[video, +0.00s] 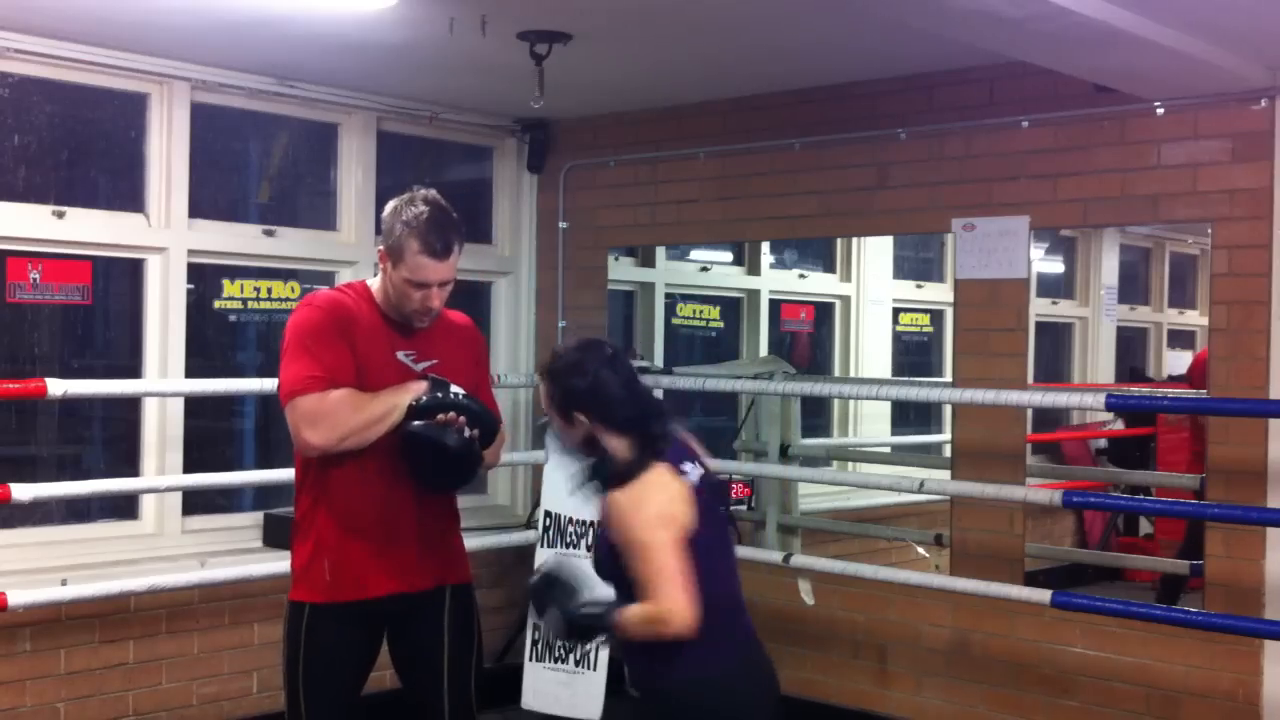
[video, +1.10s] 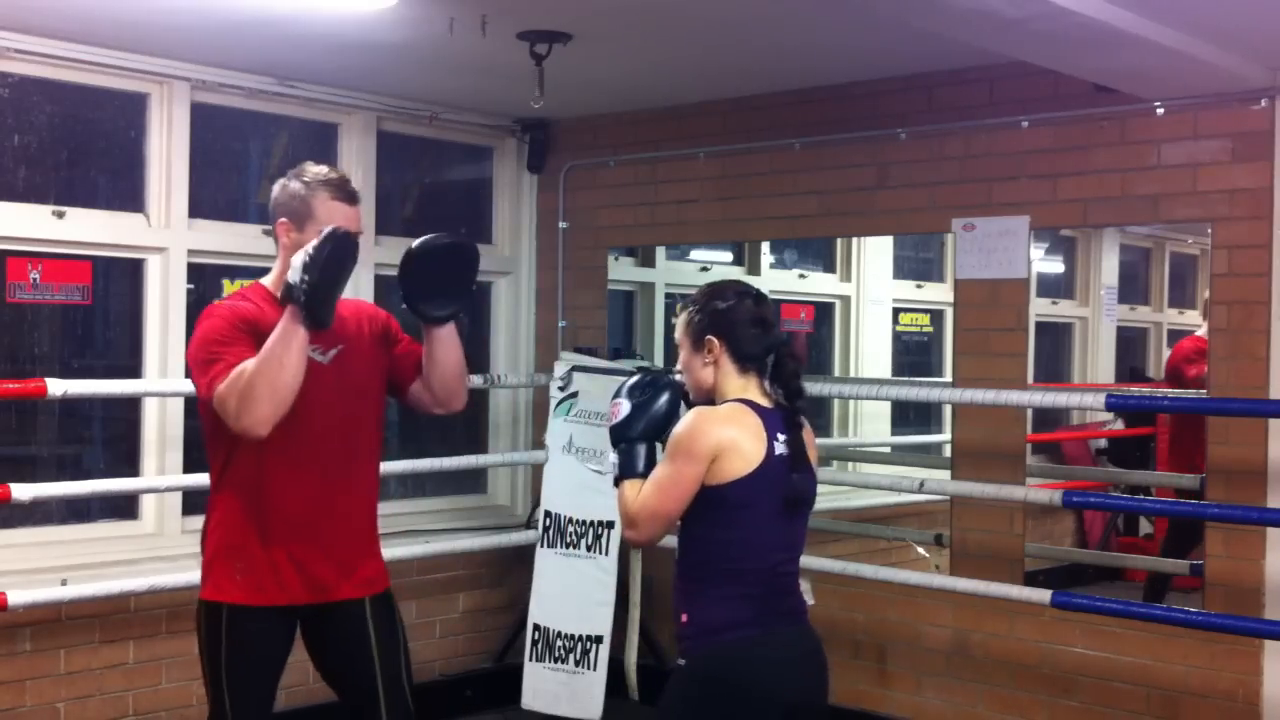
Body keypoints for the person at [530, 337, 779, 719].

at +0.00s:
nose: (552, 424)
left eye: (552, 414)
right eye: (549, 413)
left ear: (582, 419)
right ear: (622, 390)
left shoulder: (638, 495)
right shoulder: (677, 446)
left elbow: (675, 615)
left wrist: (595, 618)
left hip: (686, 695)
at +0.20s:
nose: (573, 385)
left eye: (573, 376)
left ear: (584, 388)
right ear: (647, 361)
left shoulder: (580, 463)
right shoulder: (708, 430)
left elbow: (517, 519)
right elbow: (774, 455)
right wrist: (726, 398)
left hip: (644, 661)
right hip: (730, 654)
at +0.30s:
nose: (603, 391)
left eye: (603, 379)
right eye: (601, 378)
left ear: (619, 385)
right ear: (678, 363)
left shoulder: (601, 475)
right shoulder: (742, 437)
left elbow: (548, 561)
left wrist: (501, 523)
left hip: (652, 679)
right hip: (747, 676)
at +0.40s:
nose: (619, 380)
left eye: (617, 368)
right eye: (615, 369)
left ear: (639, 370)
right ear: (696, 354)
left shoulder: (639, 468)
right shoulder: (758, 433)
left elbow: (600, 588)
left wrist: (535, 558)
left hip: (676, 680)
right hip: (765, 672)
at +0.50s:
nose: (626, 375)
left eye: (625, 362)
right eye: (623, 362)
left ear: (650, 367)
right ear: (704, 361)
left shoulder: (659, 455)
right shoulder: (758, 443)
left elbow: (609, 571)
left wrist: (559, 514)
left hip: (685, 679)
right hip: (764, 671)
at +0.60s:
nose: (631, 372)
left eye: (633, 358)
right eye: (630, 358)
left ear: (661, 363)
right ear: (709, 360)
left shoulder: (663, 446)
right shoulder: (755, 439)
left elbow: (590, 546)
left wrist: (576, 465)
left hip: (685, 678)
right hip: (760, 668)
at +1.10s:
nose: (677, 368)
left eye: (680, 353)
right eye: (677, 354)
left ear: (713, 351)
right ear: (757, 349)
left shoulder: (705, 426)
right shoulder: (799, 429)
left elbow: (639, 526)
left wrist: (630, 443)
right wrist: (682, 425)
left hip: (721, 664)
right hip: (794, 654)